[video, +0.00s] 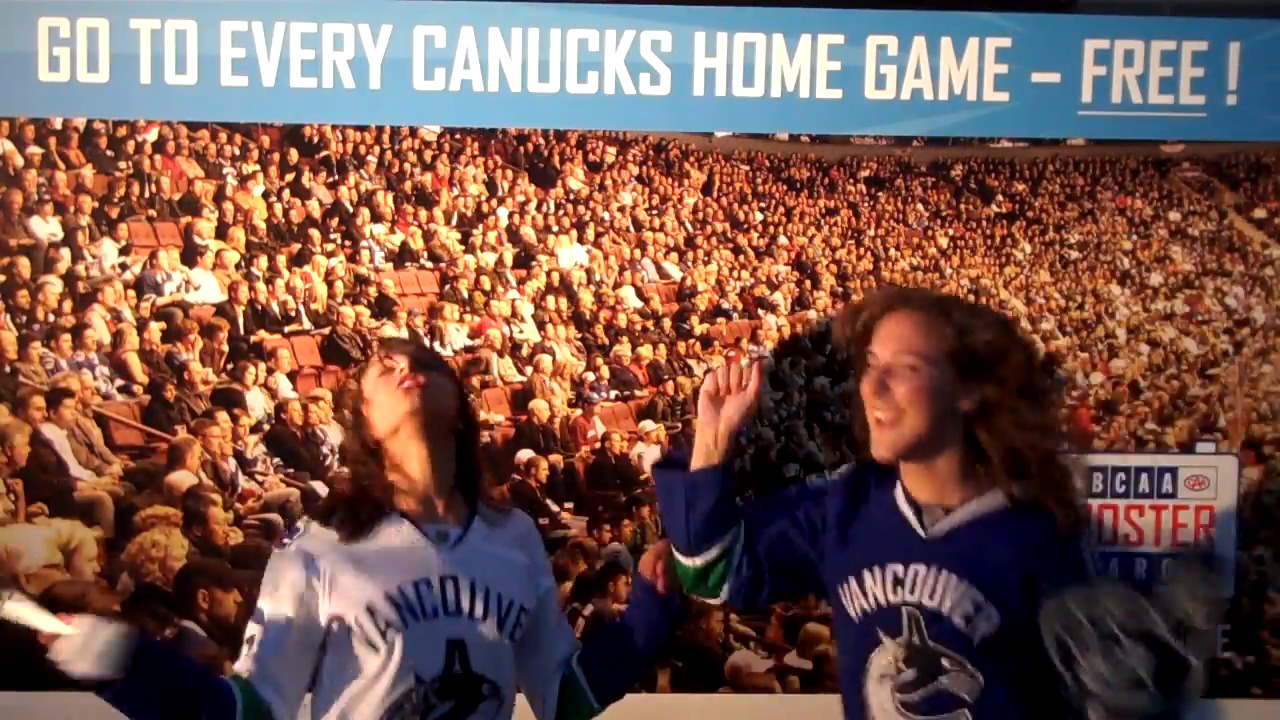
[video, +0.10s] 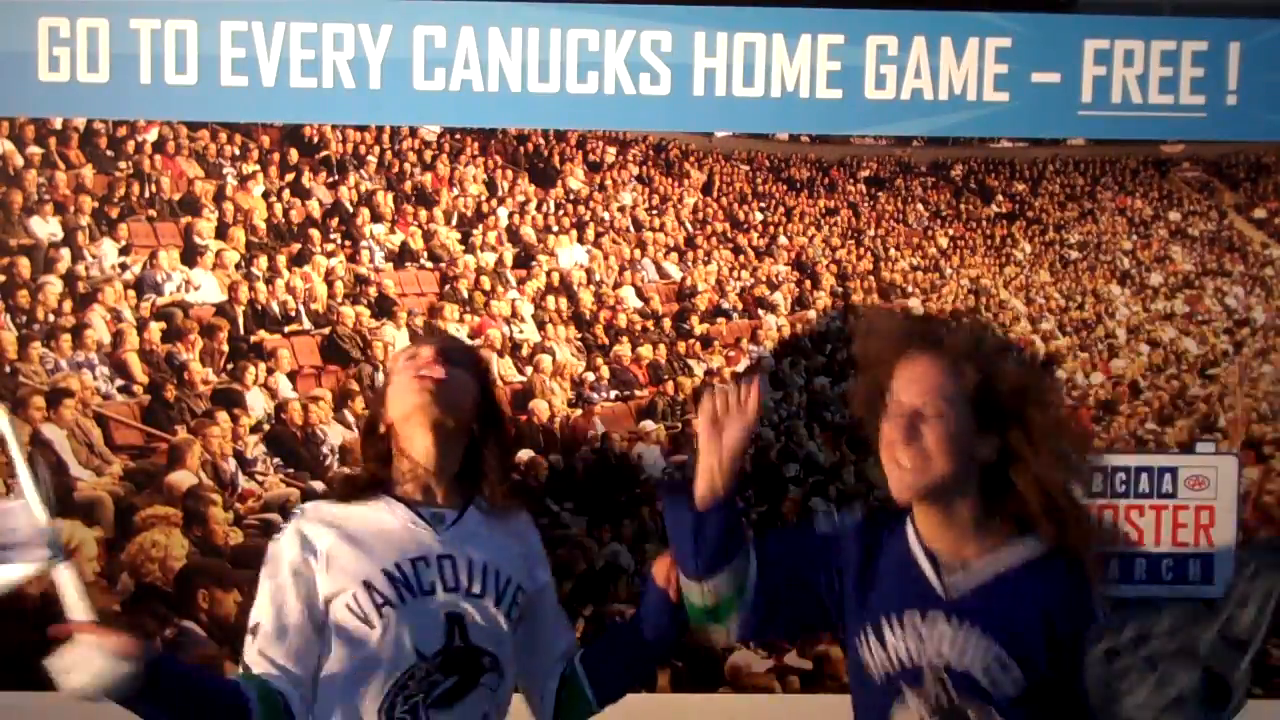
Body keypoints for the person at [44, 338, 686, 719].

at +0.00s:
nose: (403, 365)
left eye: (422, 359)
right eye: (379, 368)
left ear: (462, 407)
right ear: (359, 424)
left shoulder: (518, 540)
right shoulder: (313, 553)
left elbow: (565, 702)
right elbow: (261, 714)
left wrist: (656, 593)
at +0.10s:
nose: (429, 357)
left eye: (454, 355)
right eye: (409, 353)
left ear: (483, 411)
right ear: (378, 409)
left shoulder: (517, 536)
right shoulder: (314, 532)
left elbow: (561, 694)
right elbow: (278, 696)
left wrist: (662, 604)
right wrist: (163, 676)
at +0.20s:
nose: (444, 374)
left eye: (468, 377)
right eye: (422, 370)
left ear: (487, 432)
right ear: (388, 418)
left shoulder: (507, 562)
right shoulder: (305, 546)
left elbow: (536, 712)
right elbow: (274, 704)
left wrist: (648, 645)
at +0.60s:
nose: (405, 391)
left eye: (421, 382)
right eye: (380, 373)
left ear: (435, 417)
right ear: (333, 401)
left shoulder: (469, 544)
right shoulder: (267, 558)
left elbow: (508, 699)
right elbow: (229, 708)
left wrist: (625, 637)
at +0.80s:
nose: (428, 419)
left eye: (439, 399)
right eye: (399, 401)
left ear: (455, 417)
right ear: (350, 424)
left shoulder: (504, 548)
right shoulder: (296, 572)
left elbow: (541, 701)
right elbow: (235, 716)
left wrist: (620, 626)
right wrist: (98, 674)